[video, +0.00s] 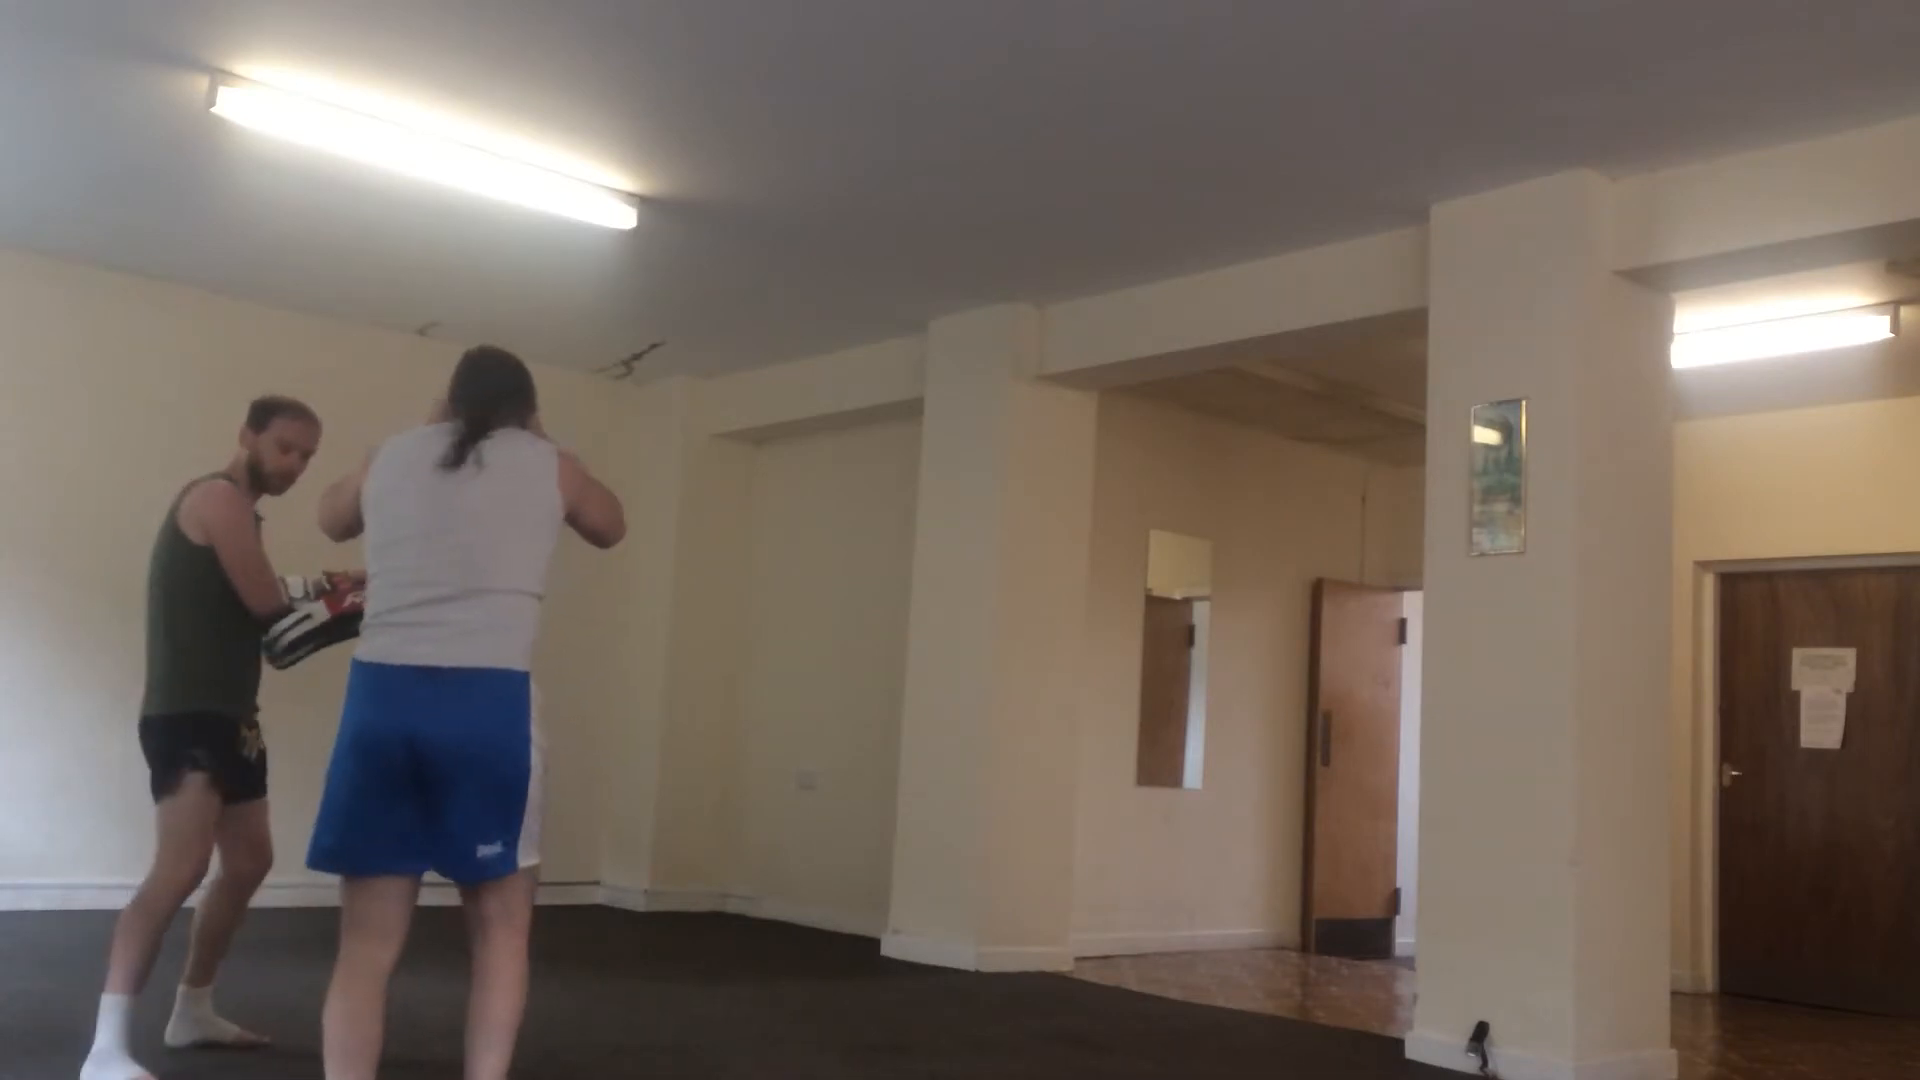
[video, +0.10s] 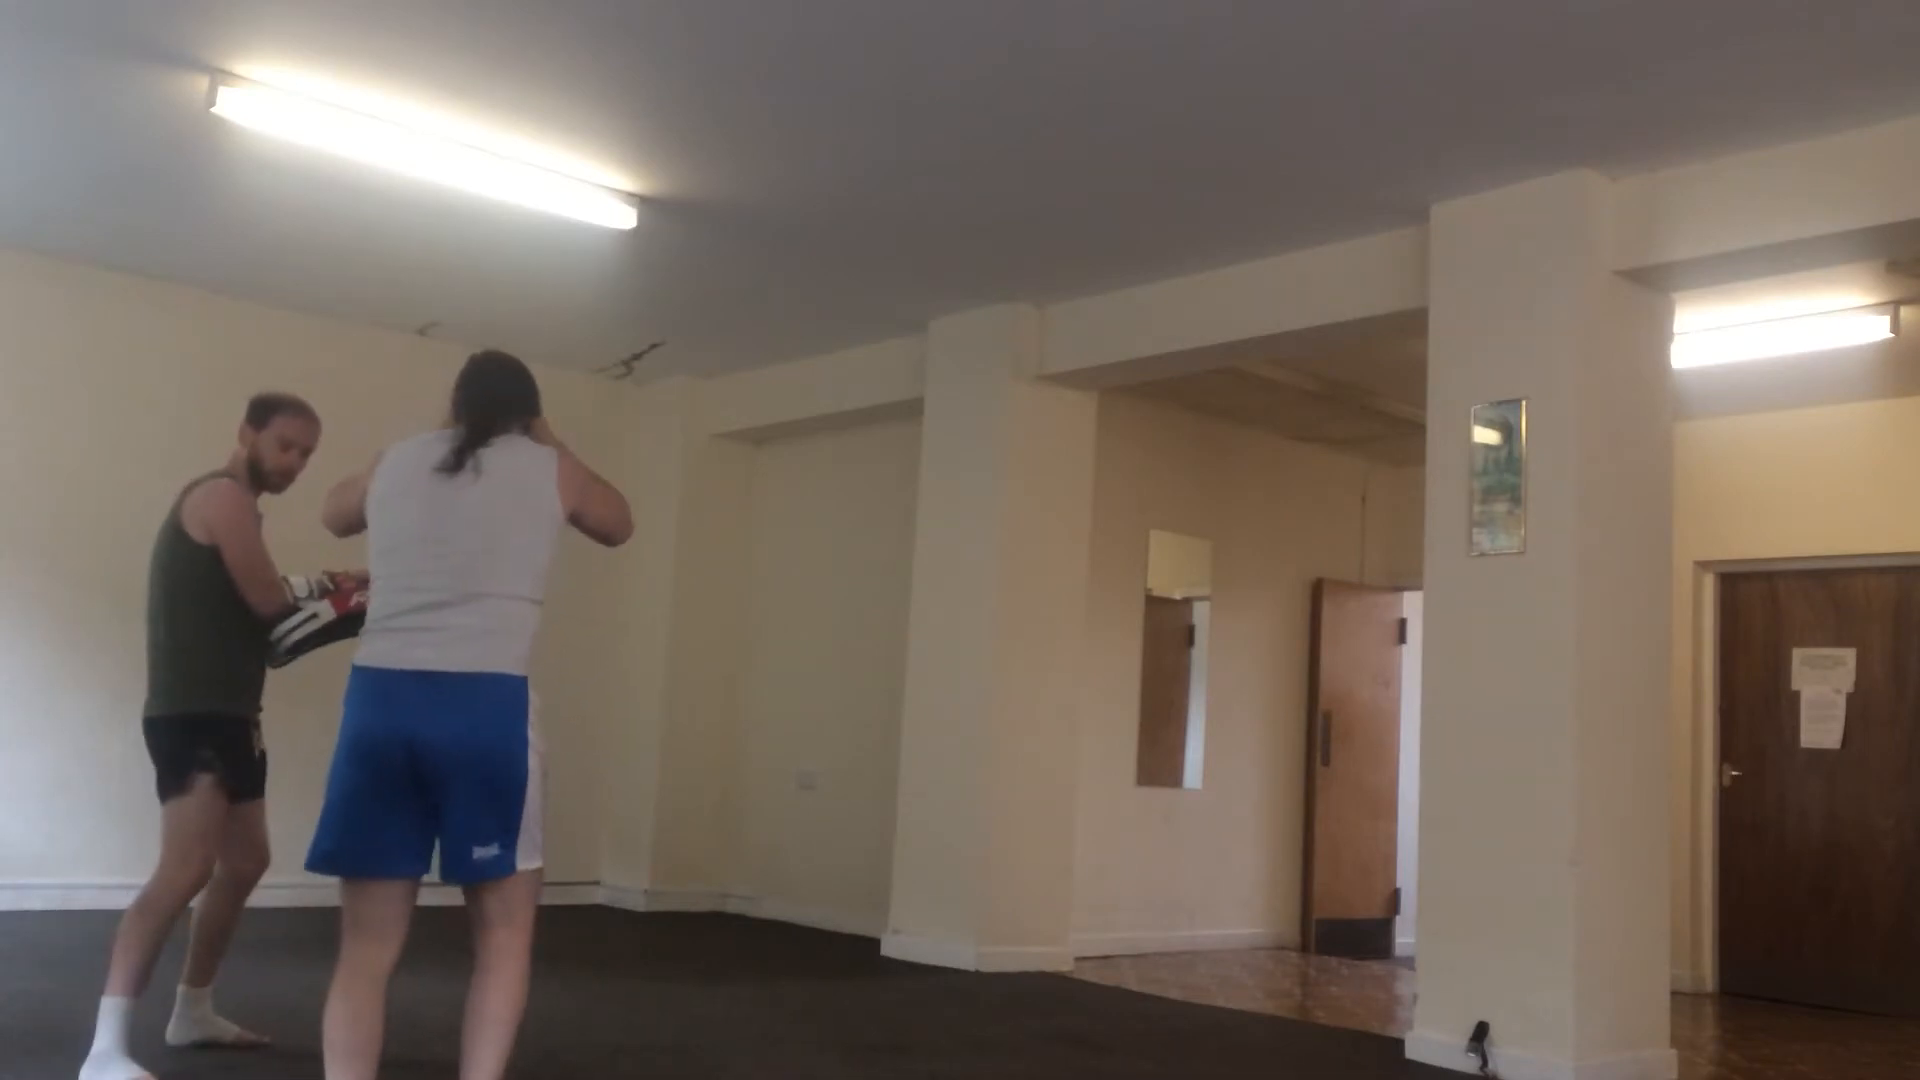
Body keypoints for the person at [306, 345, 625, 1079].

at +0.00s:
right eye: (535, 411)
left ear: (450, 398)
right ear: (527, 408)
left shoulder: (393, 456)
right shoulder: (548, 464)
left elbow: (333, 515)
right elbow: (610, 526)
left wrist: (410, 457)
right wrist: (555, 462)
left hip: (381, 710)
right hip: (488, 713)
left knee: (367, 940)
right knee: (500, 930)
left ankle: (346, 1075)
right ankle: (484, 1072)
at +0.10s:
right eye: (536, 413)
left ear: (454, 406)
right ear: (529, 413)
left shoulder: (400, 460)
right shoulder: (547, 469)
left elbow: (337, 513)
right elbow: (617, 522)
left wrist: (408, 479)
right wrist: (555, 447)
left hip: (378, 711)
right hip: (486, 715)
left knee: (366, 944)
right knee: (502, 939)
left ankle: (347, 1075)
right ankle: (478, 1074)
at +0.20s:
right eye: (541, 425)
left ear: (459, 427)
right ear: (535, 431)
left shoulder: (402, 483)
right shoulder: (557, 492)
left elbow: (321, 505)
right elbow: (629, 528)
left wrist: (408, 481)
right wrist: (560, 451)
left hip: (378, 730)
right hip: (485, 736)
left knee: (365, 946)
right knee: (509, 950)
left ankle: (345, 1073)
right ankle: (478, 1075)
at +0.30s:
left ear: (466, 454)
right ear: (542, 461)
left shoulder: (406, 510)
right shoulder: (560, 521)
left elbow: (285, 533)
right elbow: (642, 546)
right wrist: (571, 472)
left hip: (373, 757)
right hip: (479, 765)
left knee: (355, 924)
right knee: (525, 963)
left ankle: (314, 1072)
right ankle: (489, 1076)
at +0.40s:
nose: (451, 464)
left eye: (454, 455)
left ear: (454, 460)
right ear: (528, 466)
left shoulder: (395, 519)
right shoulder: (556, 533)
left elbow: (264, 560)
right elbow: (623, 558)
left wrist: (151, 583)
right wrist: (554, 484)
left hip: (364, 762)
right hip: (466, 775)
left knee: (340, 912)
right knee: (523, 975)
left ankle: (302, 1069)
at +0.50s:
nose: (409, 457)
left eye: (414, 447)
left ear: (422, 453)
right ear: (493, 459)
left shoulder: (375, 520)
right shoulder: (526, 535)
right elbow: (582, 566)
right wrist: (508, 492)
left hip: (358, 766)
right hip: (459, 776)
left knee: (323, 910)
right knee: (498, 986)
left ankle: (310, 1066)